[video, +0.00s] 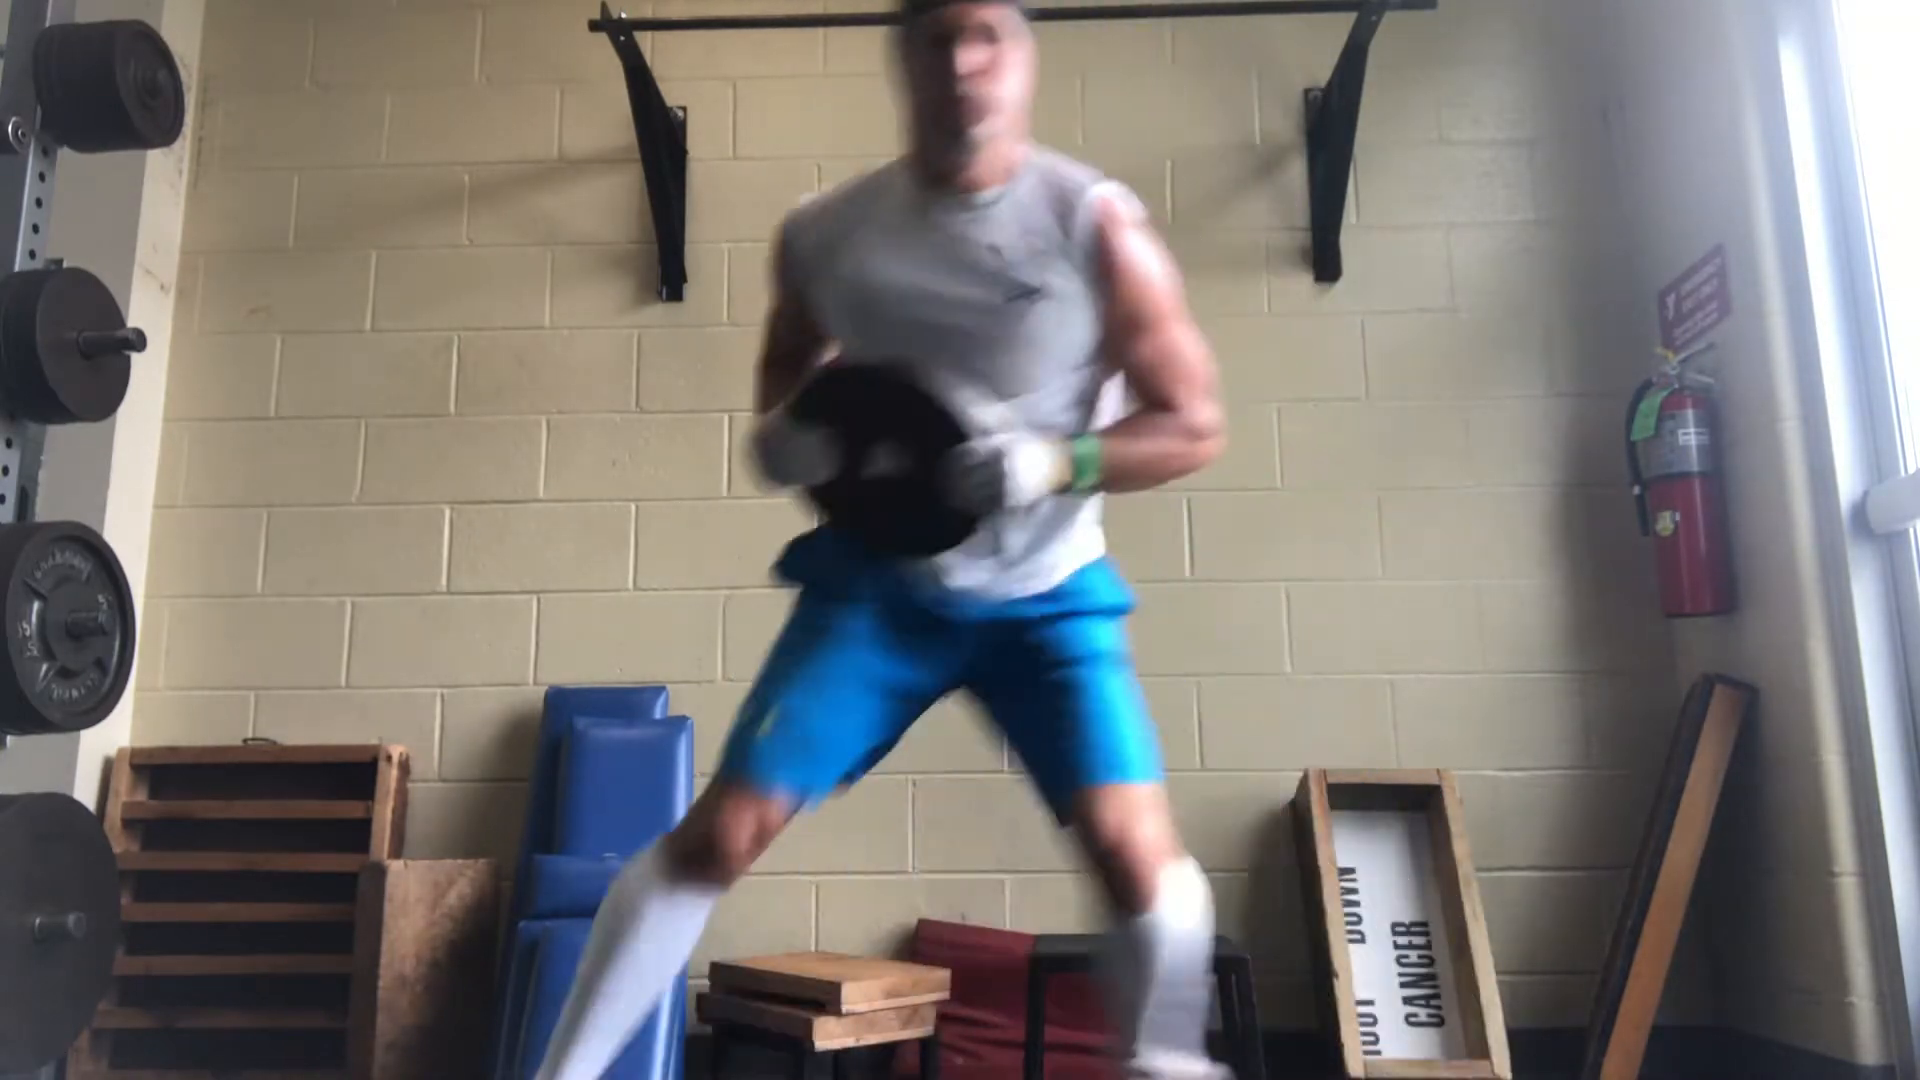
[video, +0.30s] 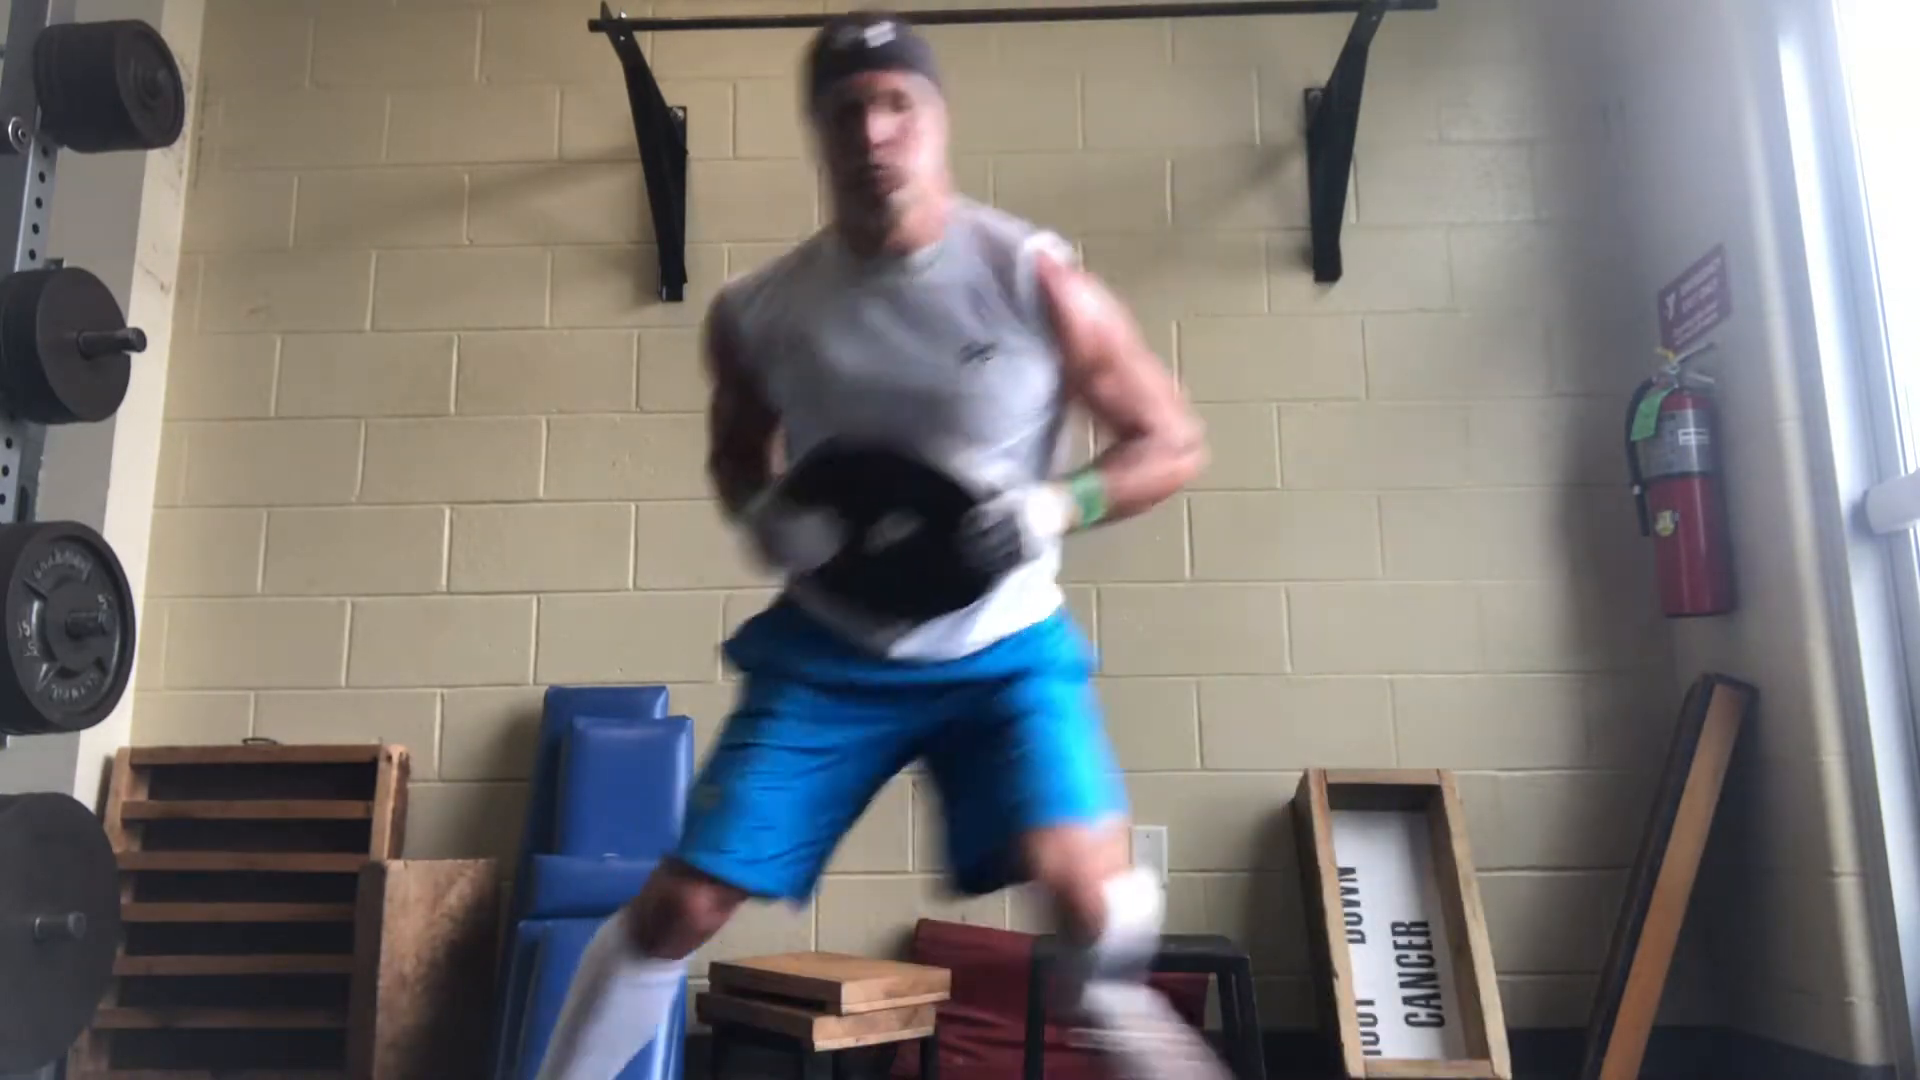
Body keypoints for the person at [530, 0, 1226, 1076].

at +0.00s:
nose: (965, 62)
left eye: (989, 36)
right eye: (938, 38)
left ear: (1028, 59)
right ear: (903, 63)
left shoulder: (1097, 225)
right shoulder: (823, 243)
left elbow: (1194, 427)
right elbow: (775, 438)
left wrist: (1052, 463)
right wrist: (793, 449)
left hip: (1051, 599)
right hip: (877, 594)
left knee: (1135, 856)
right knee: (724, 832)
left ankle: (1166, 1074)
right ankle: (560, 1075)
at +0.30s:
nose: (874, 131)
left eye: (897, 106)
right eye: (848, 111)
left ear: (941, 125)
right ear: (819, 137)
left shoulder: (1033, 281)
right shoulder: (755, 317)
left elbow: (1175, 444)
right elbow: (738, 459)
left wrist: (1056, 507)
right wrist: (769, 519)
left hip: (1007, 655)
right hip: (827, 662)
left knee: (1088, 888)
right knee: (681, 906)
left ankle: (1108, 1005)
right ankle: (555, 1075)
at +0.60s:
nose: (1242, 145)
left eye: (1267, 122)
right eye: (1214, 119)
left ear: (1300, 147)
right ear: (1168, 135)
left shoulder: (1347, 329)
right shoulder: (1053, 303)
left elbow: (1418, 469)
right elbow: (980, 499)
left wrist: (1422, 538)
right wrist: (1124, 557)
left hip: (1262, 668)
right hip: (1082, 678)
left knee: (1387, 878)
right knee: (1032, 956)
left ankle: (1515, 1074)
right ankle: (1094, 982)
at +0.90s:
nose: (1105, 68)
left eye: (1131, 42)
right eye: (1080, 41)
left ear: (1169, 67)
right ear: (1039, 57)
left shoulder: (1214, 235)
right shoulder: (930, 201)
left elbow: (1285, 441)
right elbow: (857, 333)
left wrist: (1134, 453)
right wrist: (892, 415)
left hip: (1131, 592)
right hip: (951, 564)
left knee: (1253, 843)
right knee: (782, 741)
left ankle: (1403, 1065)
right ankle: (687, 990)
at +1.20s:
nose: (787, 170)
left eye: (812, 138)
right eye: (758, 145)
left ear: (855, 145)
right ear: (725, 168)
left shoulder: (965, 304)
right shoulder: (708, 343)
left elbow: (1098, 482)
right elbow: (709, 496)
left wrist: (955, 552)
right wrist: (698, 569)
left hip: (945, 678)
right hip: (781, 671)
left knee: (887, 923)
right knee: (667, 899)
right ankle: (586, 1079)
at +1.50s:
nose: (1050, 76)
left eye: (1075, 47)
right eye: (1023, 50)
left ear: (1117, 65)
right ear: (987, 69)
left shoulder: (1198, 234)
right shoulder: (896, 235)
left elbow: (1311, 366)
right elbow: (852, 410)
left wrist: (1270, 431)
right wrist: (952, 453)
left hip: (1148, 596)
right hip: (967, 601)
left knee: (1286, 841)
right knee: (854, 850)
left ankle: (1448, 1070)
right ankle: (823, 1044)